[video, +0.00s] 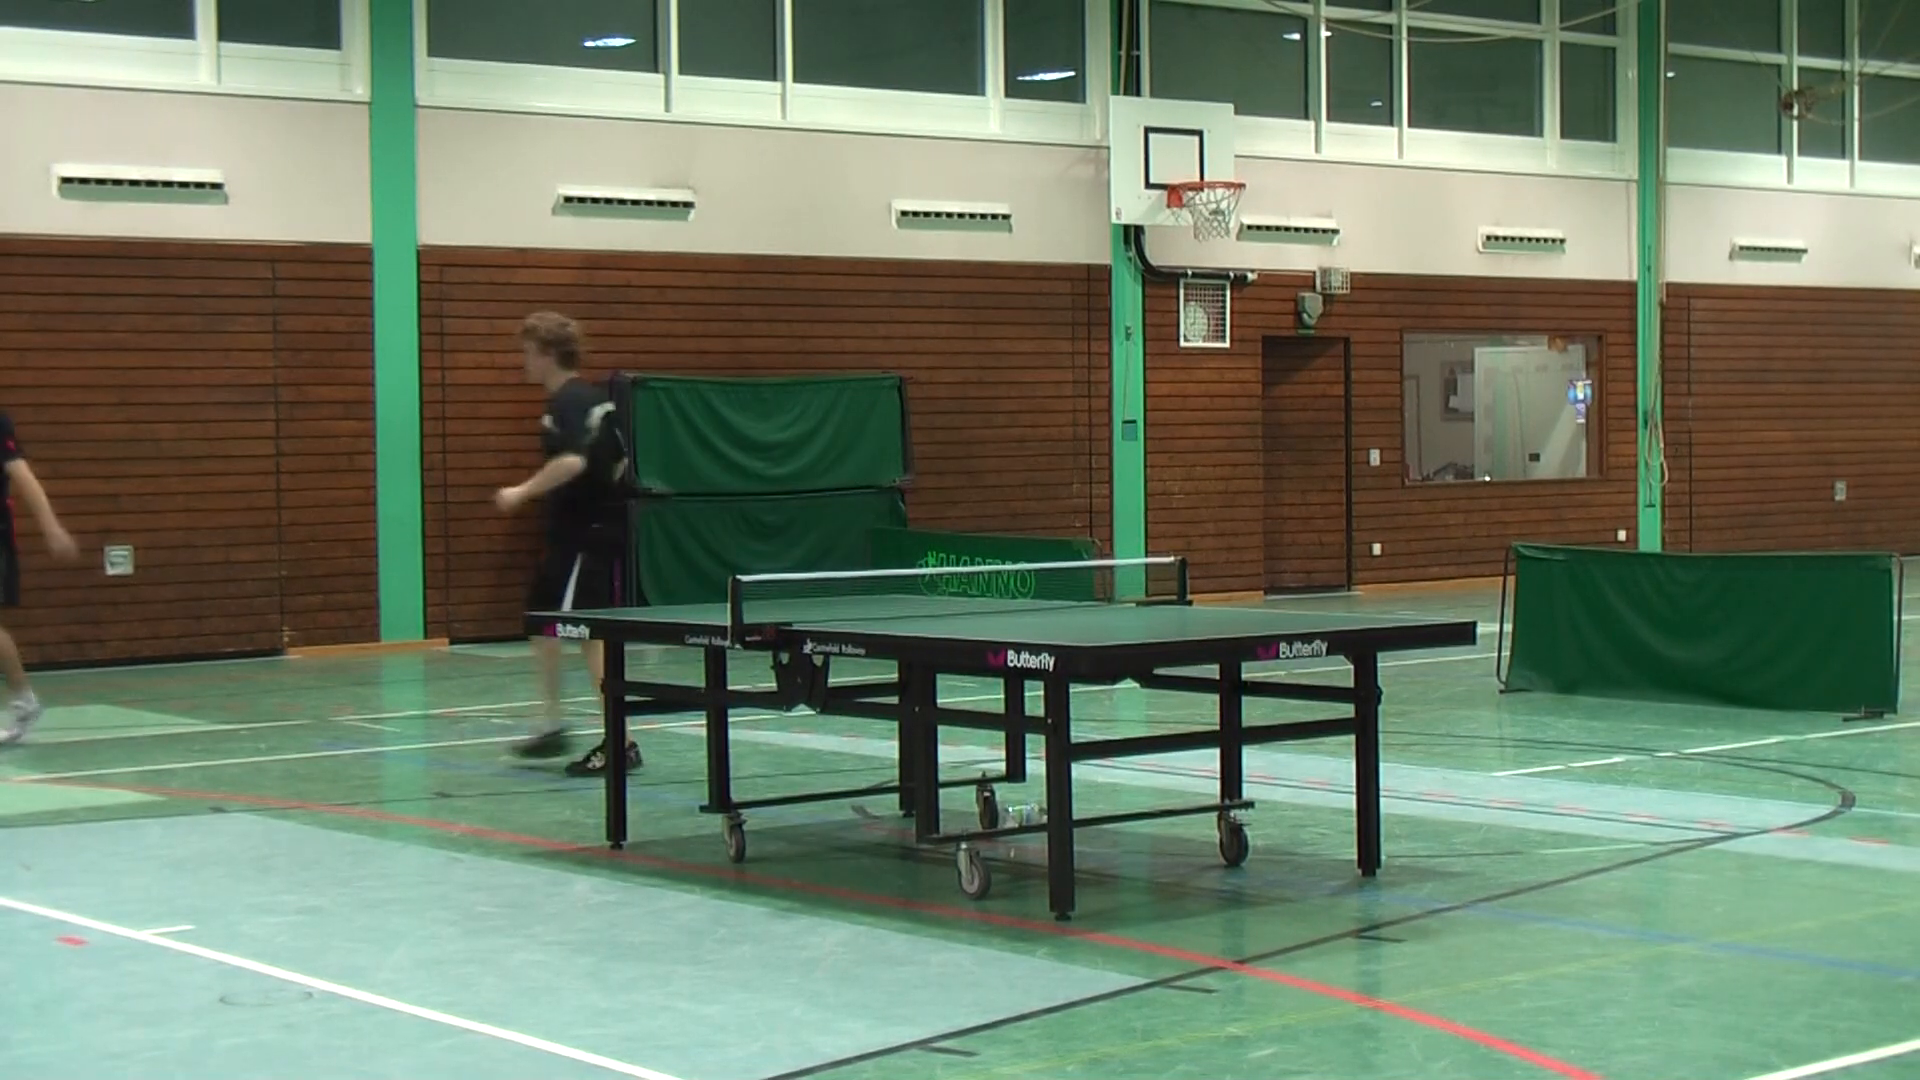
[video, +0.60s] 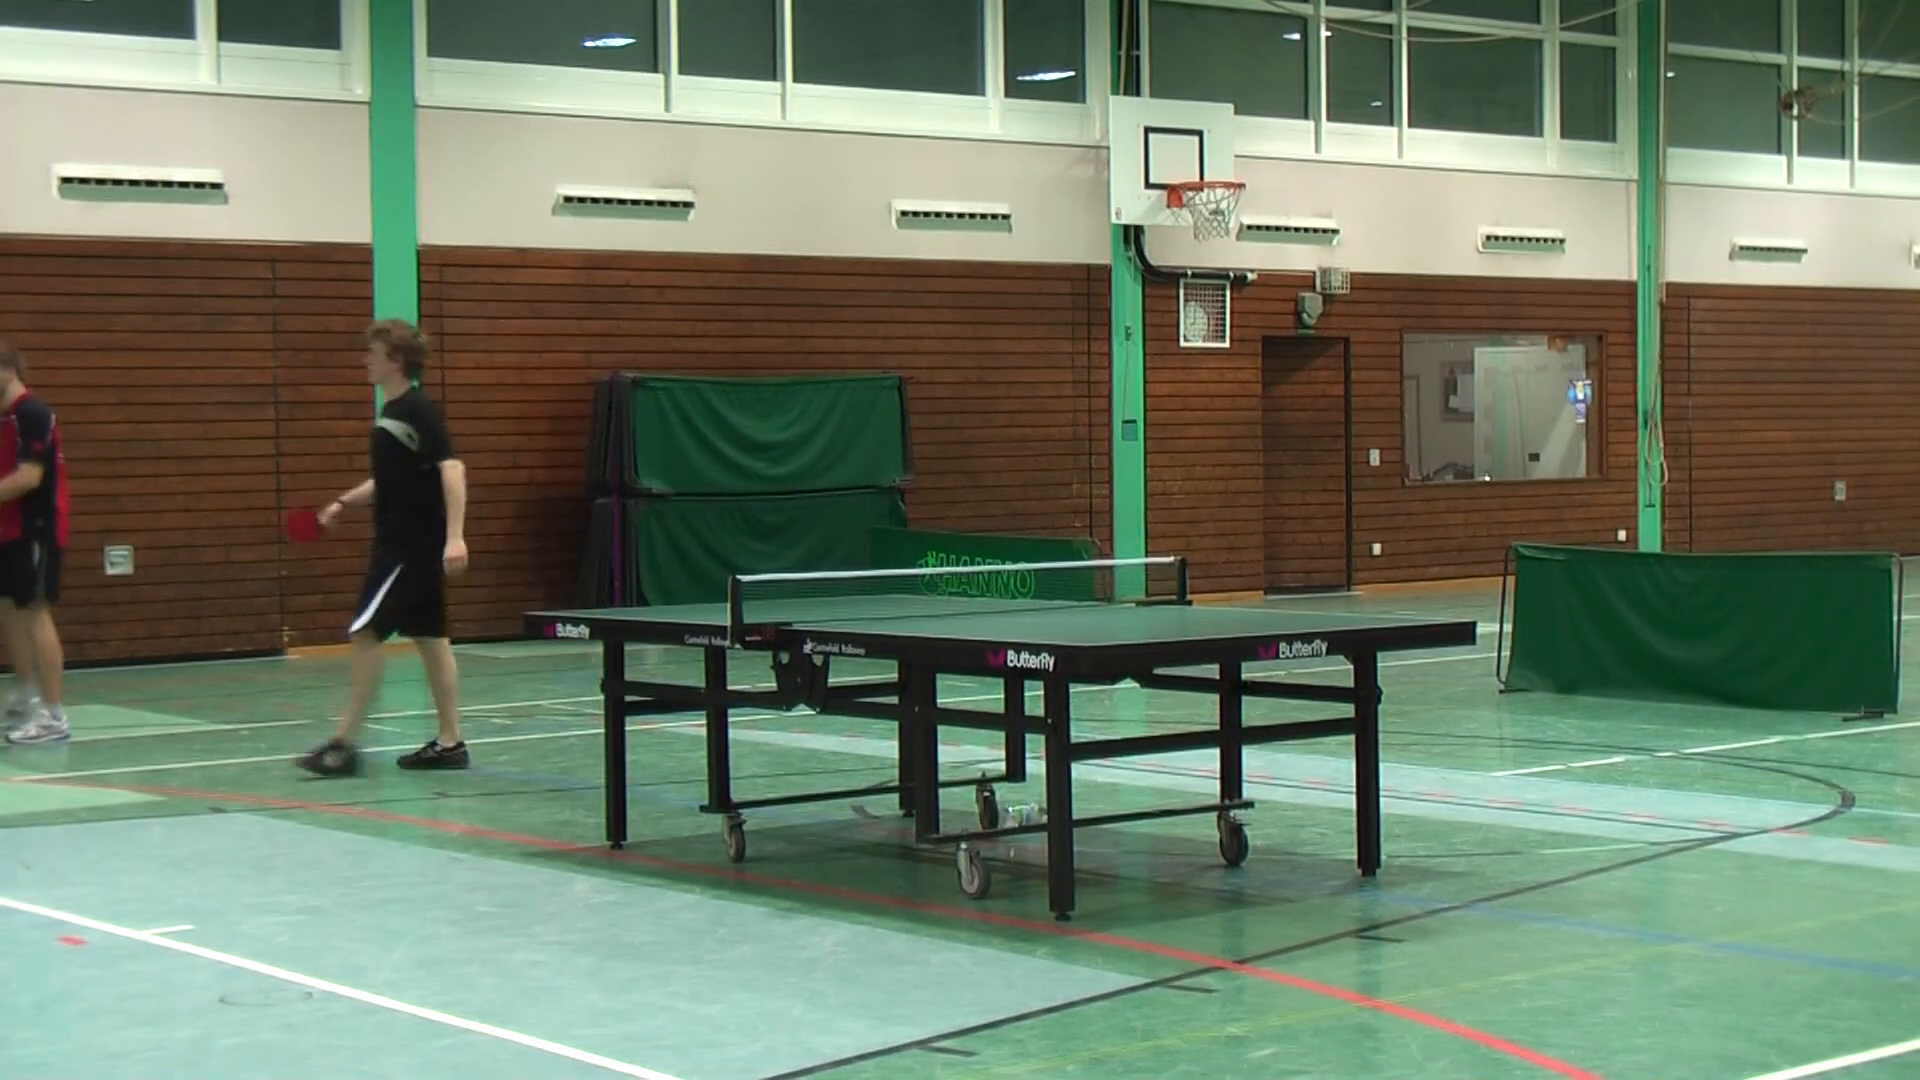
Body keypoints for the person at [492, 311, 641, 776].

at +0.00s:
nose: (524, 361)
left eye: (528, 353)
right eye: (524, 353)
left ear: (550, 355)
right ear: (556, 355)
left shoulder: (569, 401)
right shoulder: (590, 397)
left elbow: (572, 460)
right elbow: (617, 461)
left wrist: (521, 491)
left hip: (586, 535)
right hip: (583, 532)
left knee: (595, 634)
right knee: (543, 623)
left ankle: (618, 739)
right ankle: (552, 726)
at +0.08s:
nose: (499, 365)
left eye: (503, 356)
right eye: (499, 356)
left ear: (525, 359)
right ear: (536, 359)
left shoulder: (539, 404)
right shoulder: (565, 400)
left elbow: (535, 462)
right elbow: (603, 461)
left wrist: (484, 488)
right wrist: (574, 501)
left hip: (563, 537)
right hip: (554, 534)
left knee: (579, 633)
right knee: (515, 629)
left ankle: (619, 740)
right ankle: (485, 731)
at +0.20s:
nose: (463, 375)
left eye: (468, 367)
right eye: (464, 367)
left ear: (490, 370)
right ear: (496, 371)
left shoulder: (503, 415)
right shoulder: (518, 413)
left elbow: (495, 474)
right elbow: (561, 477)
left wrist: (441, 509)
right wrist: (541, 524)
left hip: (514, 548)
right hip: (500, 547)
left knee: (531, 644)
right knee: (466, 642)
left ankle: (607, 730)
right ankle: (451, 743)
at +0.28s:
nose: (439, 373)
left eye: (445, 365)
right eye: (440, 365)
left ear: (466, 370)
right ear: (473, 371)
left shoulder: (481, 415)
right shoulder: (488, 415)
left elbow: (476, 477)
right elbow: (524, 481)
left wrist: (431, 531)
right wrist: (507, 530)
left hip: (489, 547)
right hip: (472, 547)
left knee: (479, 647)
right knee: (441, 636)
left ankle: (579, 717)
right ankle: (449, 743)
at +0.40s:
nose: (409, 360)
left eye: (415, 353)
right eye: (410, 353)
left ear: (438, 357)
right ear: (435, 357)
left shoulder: (457, 404)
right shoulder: (435, 406)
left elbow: (467, 471)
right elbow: (437, 488)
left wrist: (445, 538)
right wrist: (420, 549)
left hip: (465, 534)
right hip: (445, 534)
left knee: (424, 633)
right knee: (432, 637)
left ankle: (506, 710)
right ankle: (449, 743)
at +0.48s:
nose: (392, 356)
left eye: (400, 349)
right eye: (393, 348)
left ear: (424, 355)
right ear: (418, 355)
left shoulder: (443, 401)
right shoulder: (419, 401)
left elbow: (465, 463)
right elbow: (427, 474)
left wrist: (452, 533)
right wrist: (402, 518)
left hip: (438, 536)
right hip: (423, 534)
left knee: (392, 625)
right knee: (437, 635)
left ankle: (446, 725)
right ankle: (447, 736)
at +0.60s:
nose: (365, 360)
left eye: (372, 353)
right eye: (367, 353)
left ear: (395, 359)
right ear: (389, 359)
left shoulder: (420, 409)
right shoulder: (389, 409)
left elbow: (452, 468)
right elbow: (389, 479)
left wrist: (455, 535)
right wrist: (341, 503)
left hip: (412, 545)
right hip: (402, 543)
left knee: (365, 634)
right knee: (431, 639)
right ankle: (450, 742)